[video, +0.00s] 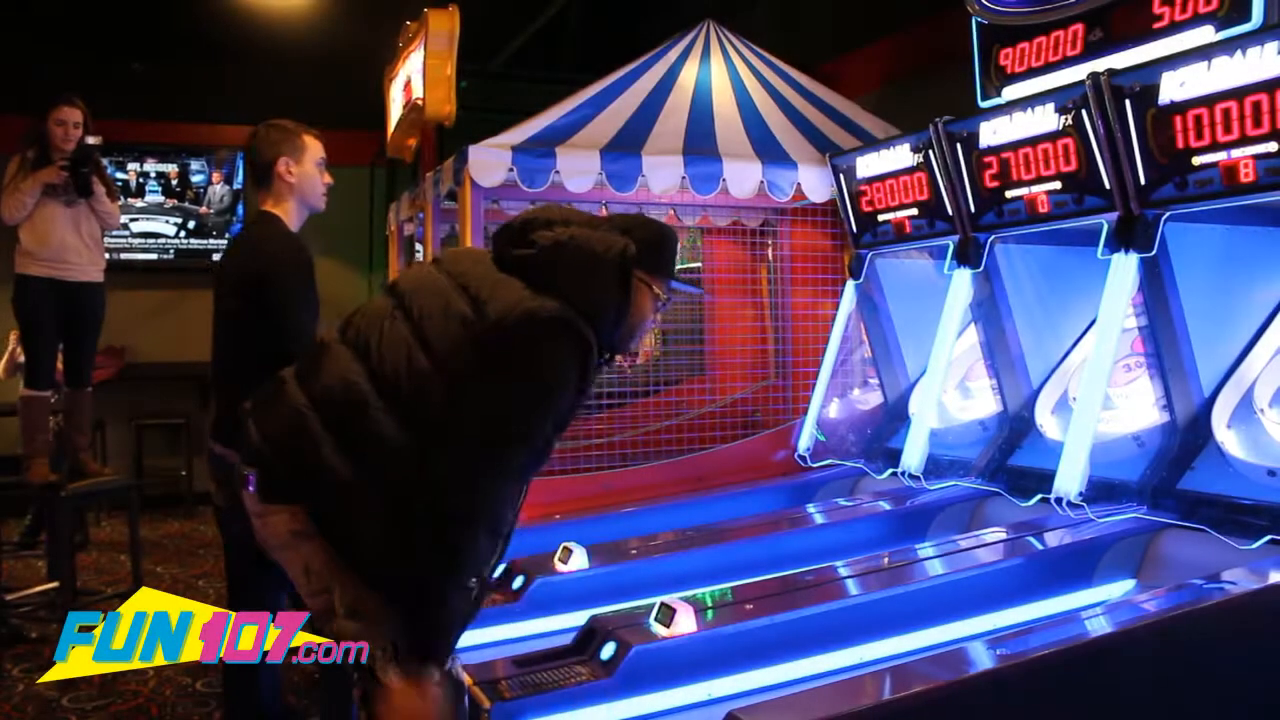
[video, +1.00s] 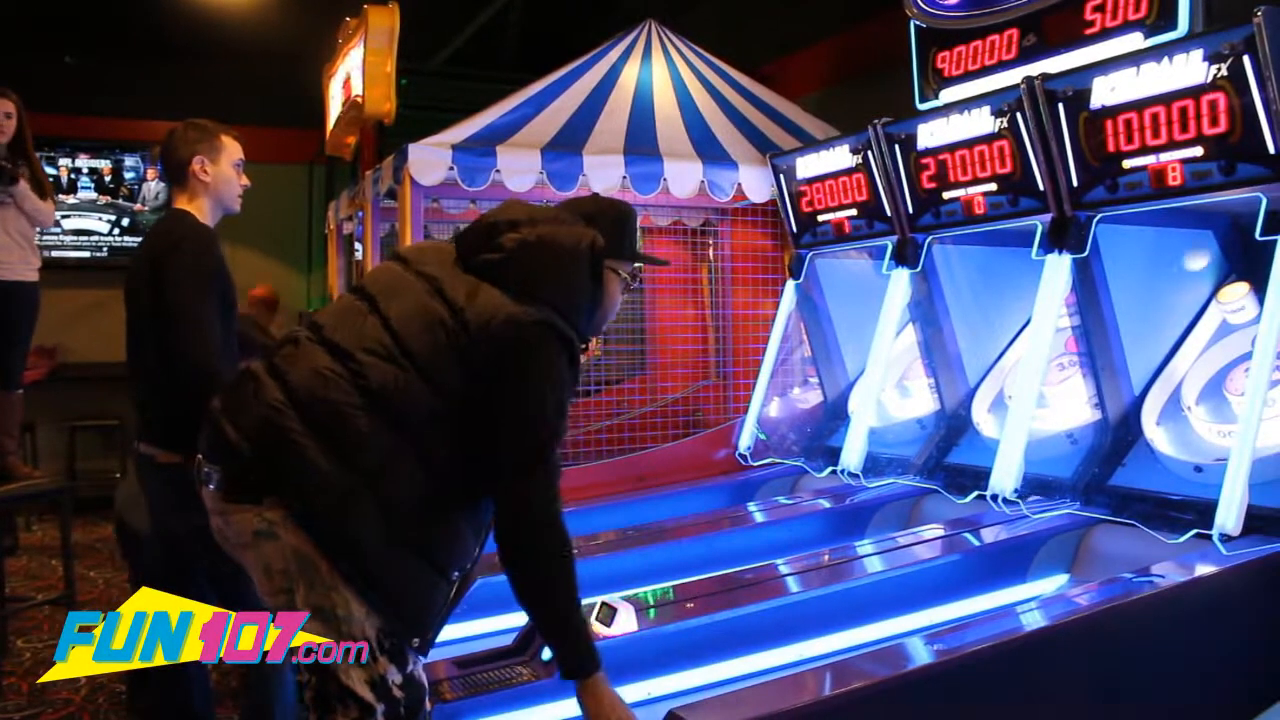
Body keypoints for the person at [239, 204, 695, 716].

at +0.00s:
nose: (658, 319)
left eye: (662, 302)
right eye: (655, 297)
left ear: (600, 273)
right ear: (617, 279)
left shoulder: (479, 272)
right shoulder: (555, 335)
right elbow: (480, 490)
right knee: (417, 689)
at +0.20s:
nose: (646, 328)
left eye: (653, 311)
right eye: (646, 306)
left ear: (583, 270)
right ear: (611, 288)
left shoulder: (469, 270)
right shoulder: (551, 342)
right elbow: (468, 492)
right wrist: (415, 650)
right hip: (313, 504)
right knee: (406, 688)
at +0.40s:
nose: (633, 311)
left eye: (639, 296)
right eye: (635, 292)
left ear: (557, 252)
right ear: (606, 279)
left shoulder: (450, 264)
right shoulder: (551, 345)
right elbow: (597, 492)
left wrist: (437, 551)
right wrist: (686, 572)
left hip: (262, 466)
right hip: (322, 500)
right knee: (396, 692)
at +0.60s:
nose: (617, 296)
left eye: (619, 279)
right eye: (614, 277)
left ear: (523, 250)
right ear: (577, 269)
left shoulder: (426, 267)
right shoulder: (539, 329)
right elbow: (623, 469)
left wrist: (469, 541)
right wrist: (741, 499)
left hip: (242, 466)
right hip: (300, 491)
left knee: (355, 676)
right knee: (378, 690)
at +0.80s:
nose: (616, 295)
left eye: (622, 279)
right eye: (615, 276)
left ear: (532, 245)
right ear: (578, 263)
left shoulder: (427, 263)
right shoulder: (532, 326)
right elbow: (566, 492)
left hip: (242, 465)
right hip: (303, 498)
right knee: (385, 694)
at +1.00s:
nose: (623, 298)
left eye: (628, 281)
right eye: (622, 277)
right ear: (586, 265)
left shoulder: (437, 265)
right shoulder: (530, 337)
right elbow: (530, 523)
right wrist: (589, 679)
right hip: (291, 500)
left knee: (392, 690)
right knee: (372, 695)